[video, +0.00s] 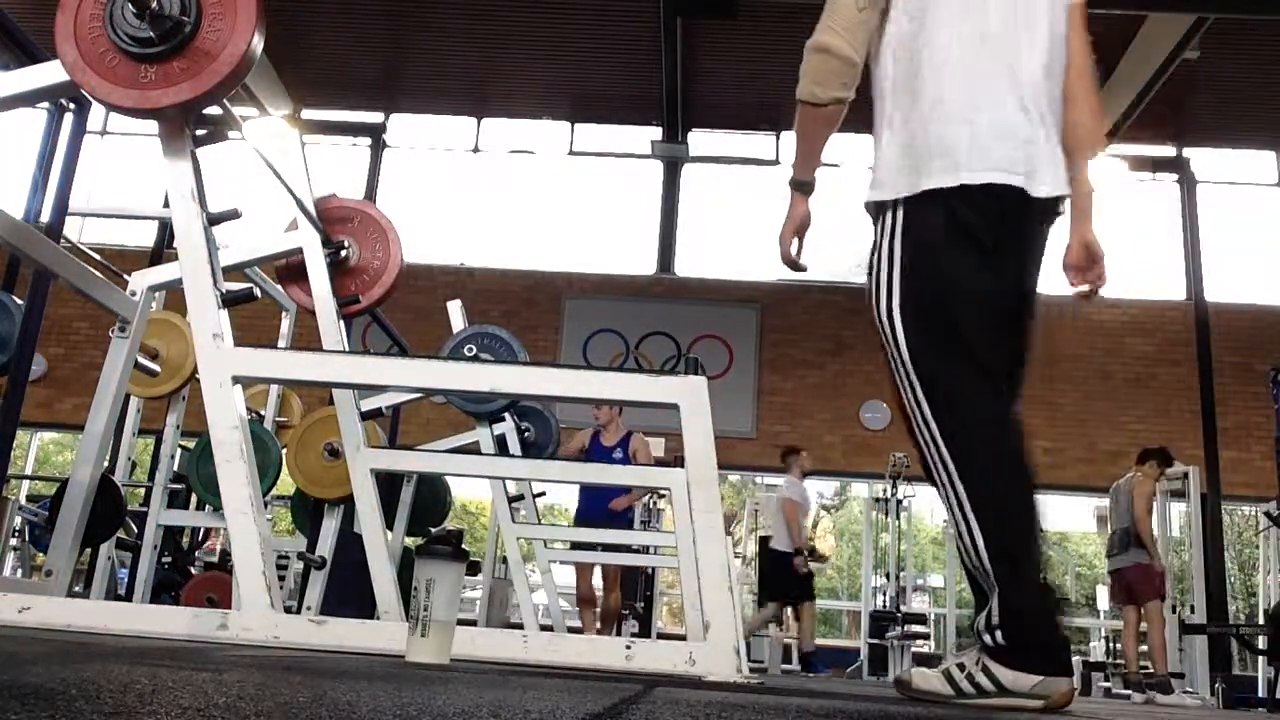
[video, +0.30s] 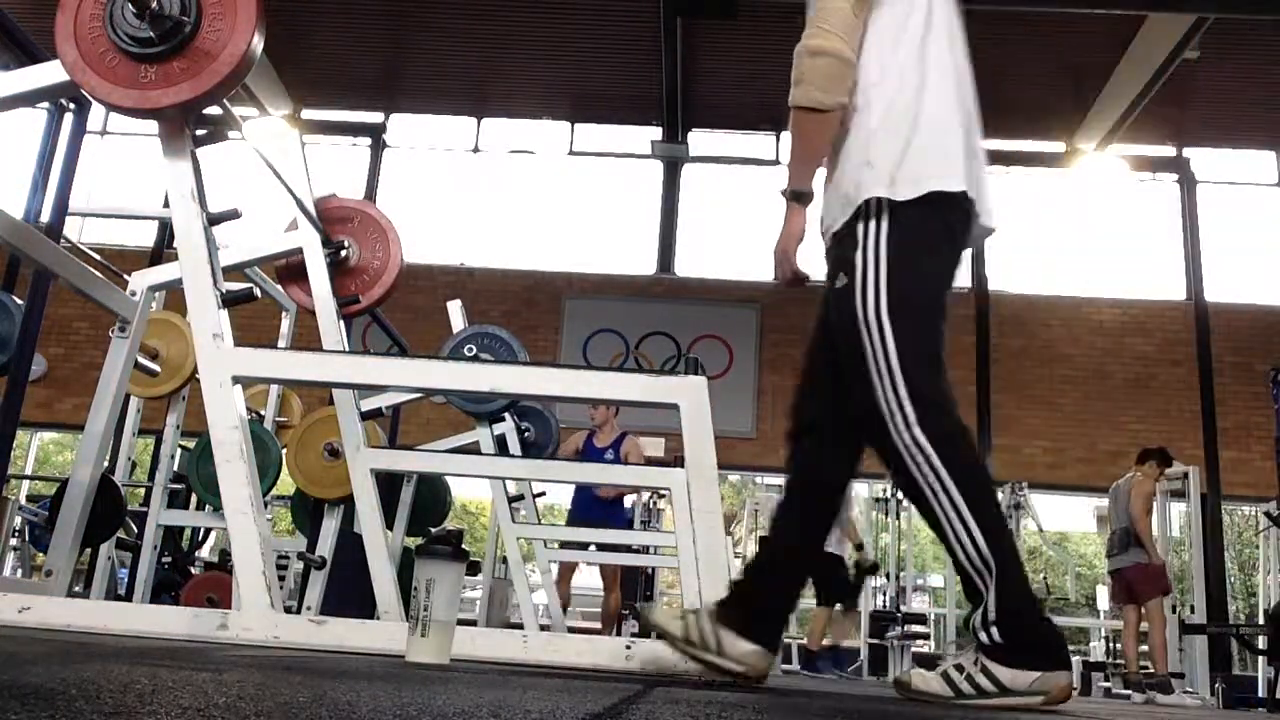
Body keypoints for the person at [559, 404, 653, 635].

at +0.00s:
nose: (595, 412)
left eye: (600, 407)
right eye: (594, 408)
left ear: (616, 410)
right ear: (595, 411)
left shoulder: (635, 441)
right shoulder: (586, 436)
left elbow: (648, 479)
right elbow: (559, 457)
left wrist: (629, 498)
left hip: (616, 520)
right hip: (586, 517)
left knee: (611, 580)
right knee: (583, 577)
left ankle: (605, 636)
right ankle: (589, 634)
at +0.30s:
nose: (591, 412)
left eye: (597, 408)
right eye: (590, 408)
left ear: (613, 411)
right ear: (590, 412)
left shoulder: (628, 443)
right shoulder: (581, 438)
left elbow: (638, 482)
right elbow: (556, 461)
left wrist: (616, 491)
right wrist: (580, 471)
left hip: (611, 520)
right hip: (579, 516)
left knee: (610, 581)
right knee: (563, 575)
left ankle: (607, 637)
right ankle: (556, 628)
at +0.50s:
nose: (579, 412)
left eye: (585, 407)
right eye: (579, 407)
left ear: (600, 411)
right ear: (579, 412)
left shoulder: (615, 442)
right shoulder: (567, 438)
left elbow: (622, 481)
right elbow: (549, 467)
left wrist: (593, 462)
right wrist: (563, 458)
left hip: (599, 519)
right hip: (569, 515)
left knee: (604, 579)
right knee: (552, 573)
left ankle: (606, 635)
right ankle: (530, 625)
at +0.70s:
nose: (556, 411)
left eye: (562, 406)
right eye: (555, 406)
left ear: (577, 409)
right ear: (555, 410)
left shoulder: (591, 437)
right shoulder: (550, 435)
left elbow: (596, 456)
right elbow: (534, 453)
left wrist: (569, 447)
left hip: (578, 514)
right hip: (549, 512)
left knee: (587, 578)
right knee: (536, 573)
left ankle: (598, 635)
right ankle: (531, 625)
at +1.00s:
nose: (543, 408)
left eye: (547, 402)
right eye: (539, 401)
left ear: (552, 407)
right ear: (530, 406)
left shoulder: (565, 433)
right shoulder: (523, 433)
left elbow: (578, 453)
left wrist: (567, 448)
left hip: (558, 509)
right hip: (526, 511)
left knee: (565, 573)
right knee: (528, 572)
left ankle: (570, 627)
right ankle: (526, 625)